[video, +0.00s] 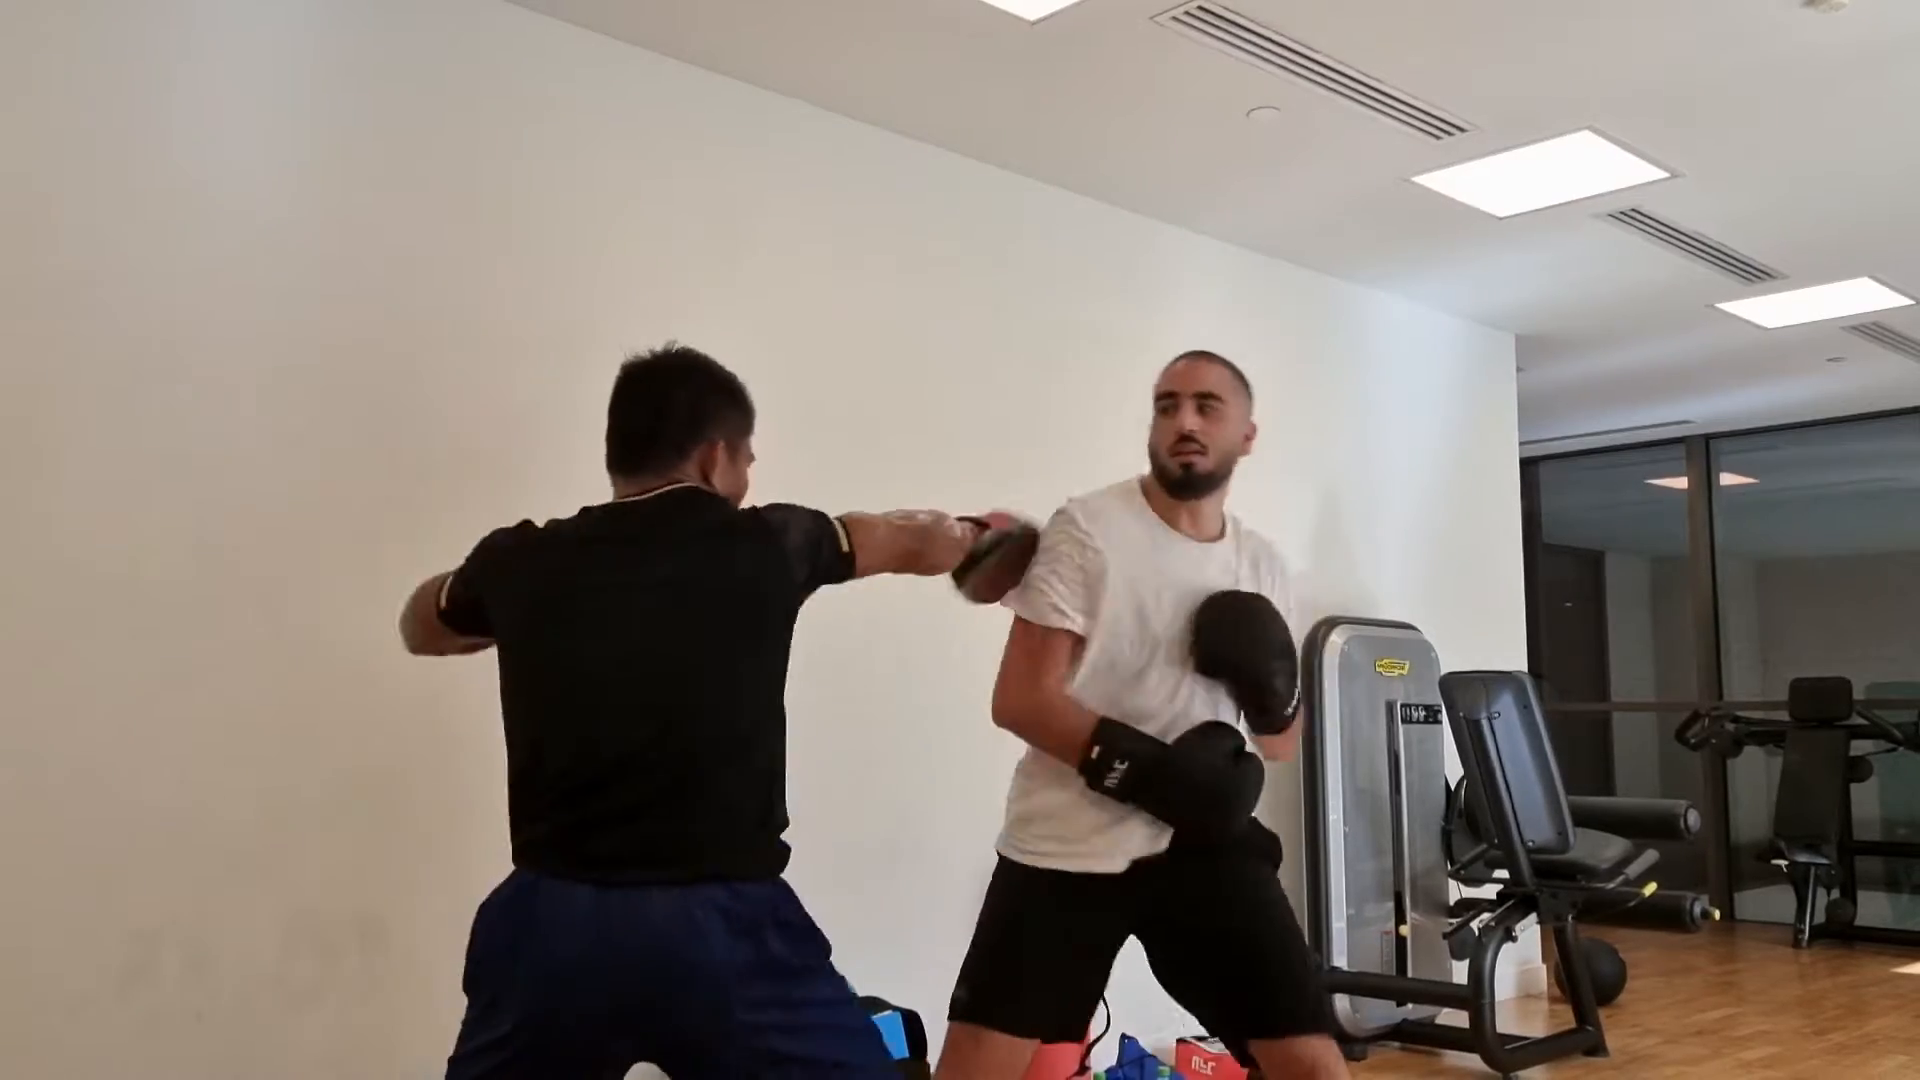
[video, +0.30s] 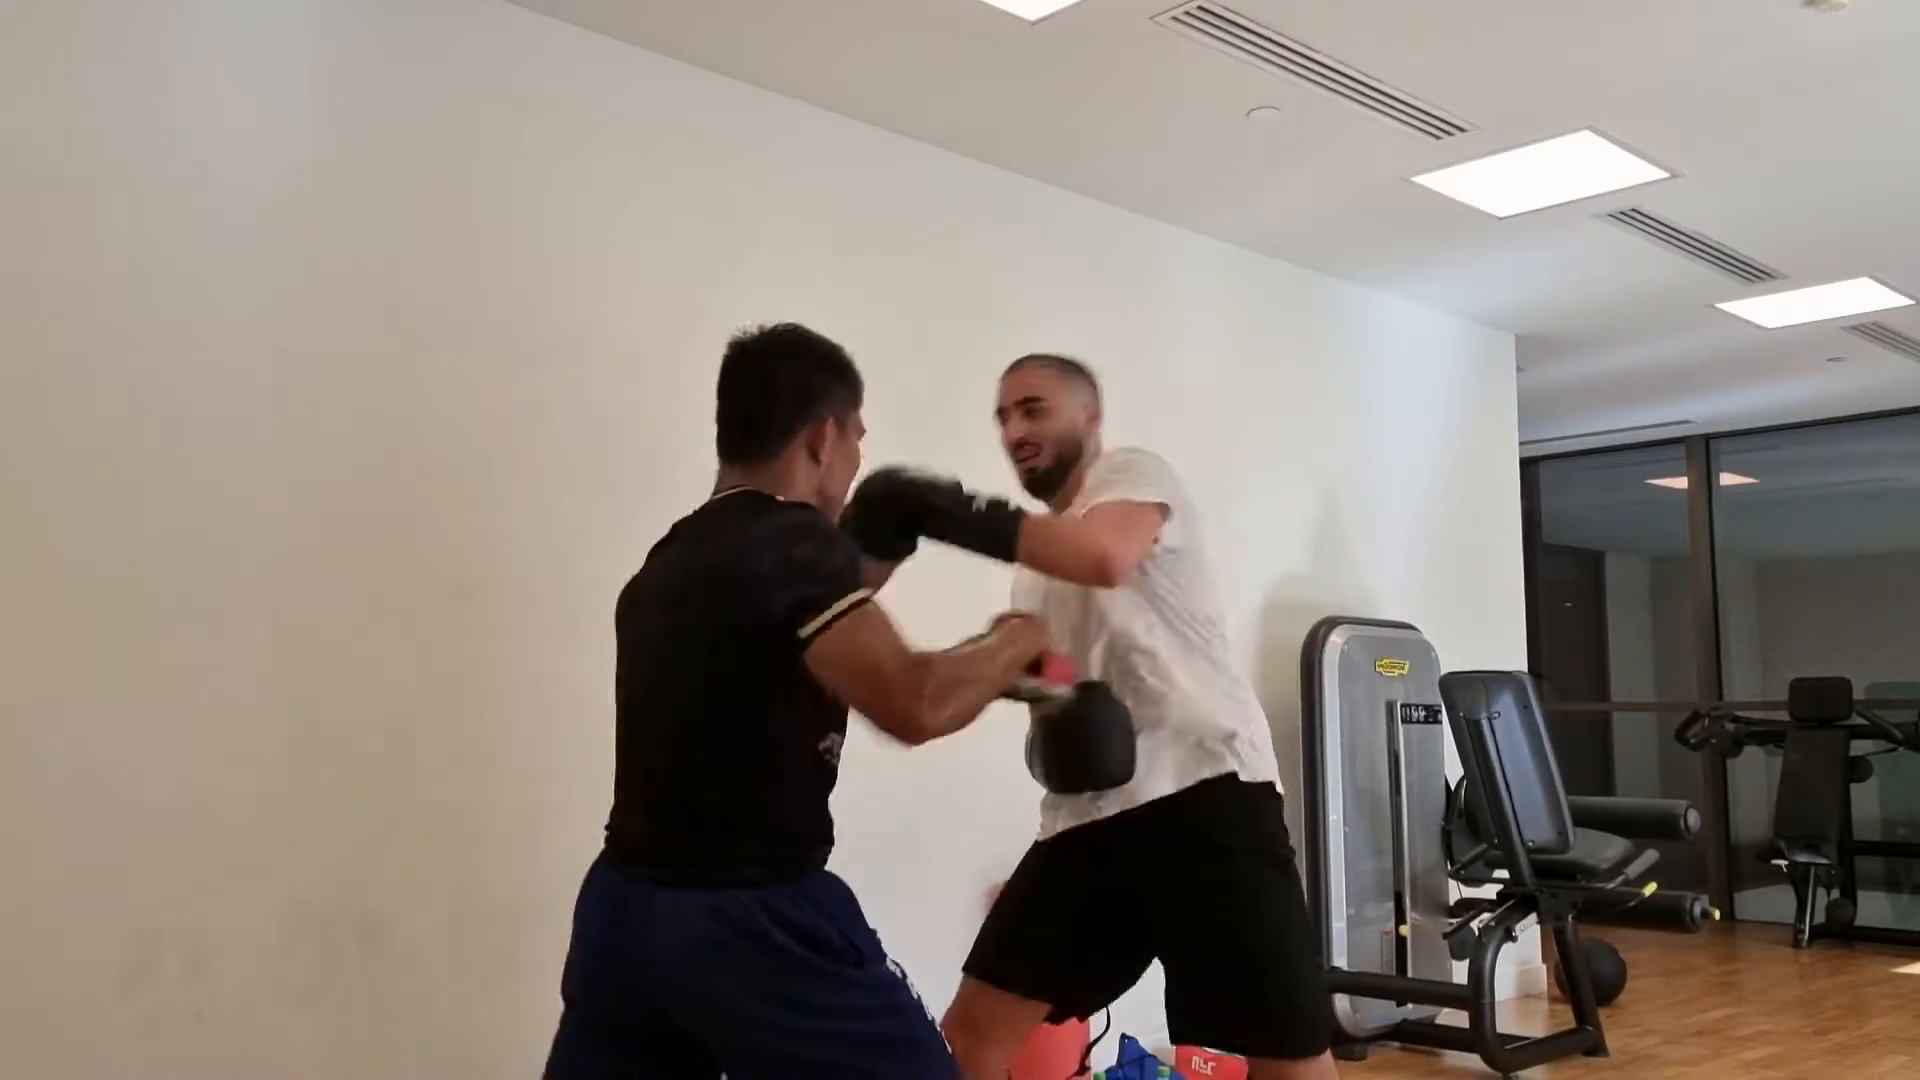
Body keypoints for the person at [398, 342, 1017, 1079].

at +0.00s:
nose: (747, 483)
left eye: (748, 461)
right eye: (746, 459)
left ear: (616, 461)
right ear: (711, 457)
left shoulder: (519, 561)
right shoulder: (768, 540)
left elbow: (421, 628)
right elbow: (917, 541)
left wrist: (498, 579)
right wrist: (977, 536)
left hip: (547, 940)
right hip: (730, 939)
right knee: (861, 1053)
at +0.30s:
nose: (857, 464)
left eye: (861, 443)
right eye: (858, 442)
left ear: (732, 436)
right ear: (821, 438)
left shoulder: (664, 562)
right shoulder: (791, 545)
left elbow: (788, 680)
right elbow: (915, 704)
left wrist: (871, 554)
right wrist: (1013, 646)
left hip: (626, 919)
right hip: (765, 931)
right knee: (920, 1065)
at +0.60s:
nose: (731, 502)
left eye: (735, 485)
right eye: (731, 482)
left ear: (606, 471)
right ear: (697, 472)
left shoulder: (502, 582)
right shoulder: (736, 550)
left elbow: (444, 719)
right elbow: (859, 535)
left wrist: (557, 681)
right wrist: (910, 494)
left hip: (516, 955)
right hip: (698, 949)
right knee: (821, 1060)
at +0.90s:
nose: (735, 519)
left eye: (738, 494)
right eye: (732, 493)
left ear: (606, 489)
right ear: (690, 492)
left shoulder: (527, 609)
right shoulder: (691, 587)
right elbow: (795, 749)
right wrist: (883, 695)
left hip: (501, 978)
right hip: (652, 988)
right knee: (811, 1064)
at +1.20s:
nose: (761, 484)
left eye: (759, 468)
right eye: (761, 467)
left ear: (634, 466)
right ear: (739, 464)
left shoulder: (537, 585)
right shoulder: (780, 550)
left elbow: (503, 746)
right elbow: (954, 528)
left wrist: (614, 694)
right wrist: (1075, 509)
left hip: (533, 941)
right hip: (719, 946)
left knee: (461, 1060)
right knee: (839, 1059)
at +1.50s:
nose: (650, 521)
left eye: (652, 499)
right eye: (646, 497)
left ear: (518, 495)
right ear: (606, 494)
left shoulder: (417, 607)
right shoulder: (668, 588)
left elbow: (388, 701)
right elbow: (826, 697)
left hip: (464, 993)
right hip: (649, 987)